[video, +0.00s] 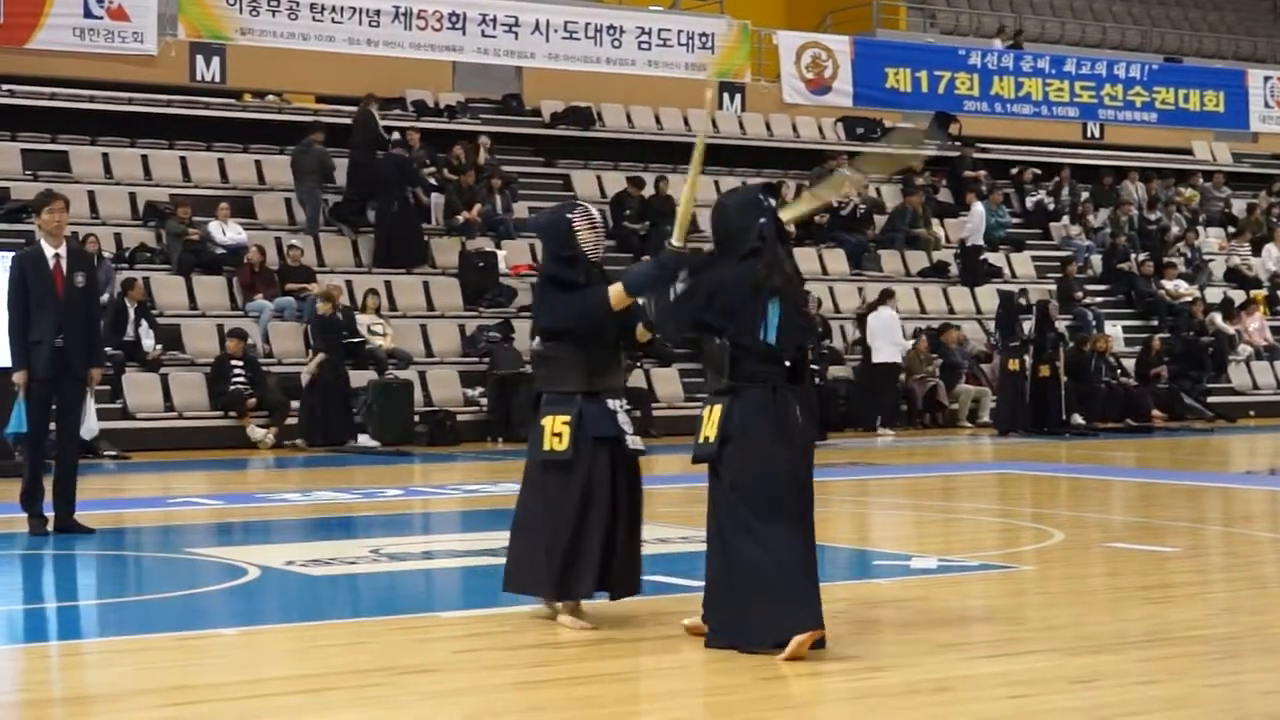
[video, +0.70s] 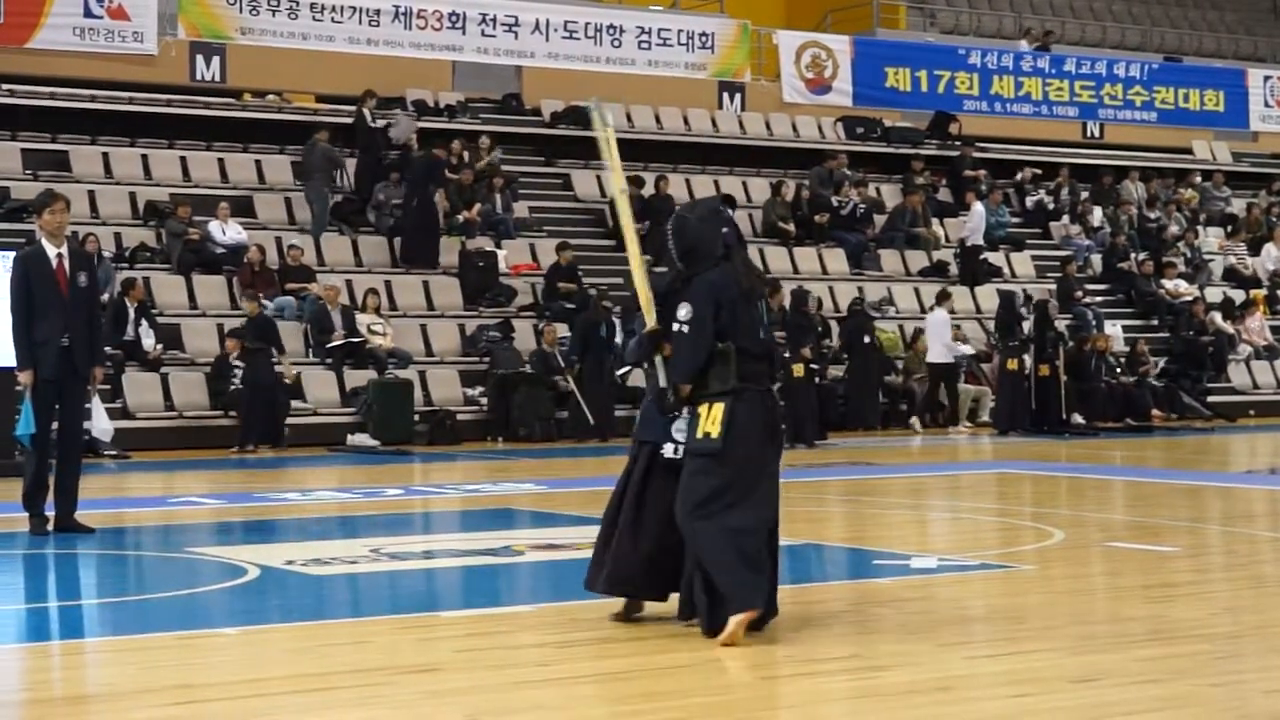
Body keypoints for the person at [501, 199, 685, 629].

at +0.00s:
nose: (599, 238)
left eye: (597, 231)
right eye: (590, 231)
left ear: (579, 239)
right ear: (570, 240)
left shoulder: (595, 284)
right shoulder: (555, 291)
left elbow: (626, 333)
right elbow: (601, 304)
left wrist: (648, 328)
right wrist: (655, 269)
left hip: (597, 400)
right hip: (569, 404)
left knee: (582, 495)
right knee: (574, 497)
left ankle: (558, 590)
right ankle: (564, 598)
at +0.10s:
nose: (612, 235)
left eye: (611, 227)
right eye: (604, 228)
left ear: (596, 233)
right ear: (583, 234)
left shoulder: (610, 279)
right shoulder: (564, 282)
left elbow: (642, 341)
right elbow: (610, 320)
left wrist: (653, 332)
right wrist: (662, 289)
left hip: (614, 399)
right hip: (578, 402)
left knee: (613, 496)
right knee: (579, 500)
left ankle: (600, 590)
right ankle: (569, 603)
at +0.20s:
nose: (629, 238)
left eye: (629, 230)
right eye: (620, 230)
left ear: (627, 237)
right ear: (597, 236)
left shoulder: (631, 284)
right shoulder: (571, 291)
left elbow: (657, 342)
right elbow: (617, 332)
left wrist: (682, 295)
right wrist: (666, 300)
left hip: (635, 403)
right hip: (592, 405)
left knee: (662, 492)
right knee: (588, 503)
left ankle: (654, 591)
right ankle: (572, 605)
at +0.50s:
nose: (677, 244)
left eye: (681, 236)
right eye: (670, 236)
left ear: (691, 241)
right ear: (653, 243)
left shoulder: (697, 290)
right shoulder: (635, 296)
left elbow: (713, 339)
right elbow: (610, 353)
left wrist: (675, 329)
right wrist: (620, 320)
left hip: (693, 408)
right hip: (643, 410)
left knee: (691, 502)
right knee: (624, 503)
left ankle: (698, 595)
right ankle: (586, 589)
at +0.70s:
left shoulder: (714, 311)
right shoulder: (653, 307)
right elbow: (629, 356)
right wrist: (647, 340)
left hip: (704, 416)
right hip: (659, 414)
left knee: (694, 508)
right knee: (643, 506)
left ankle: (694, 595)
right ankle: (635, 592)